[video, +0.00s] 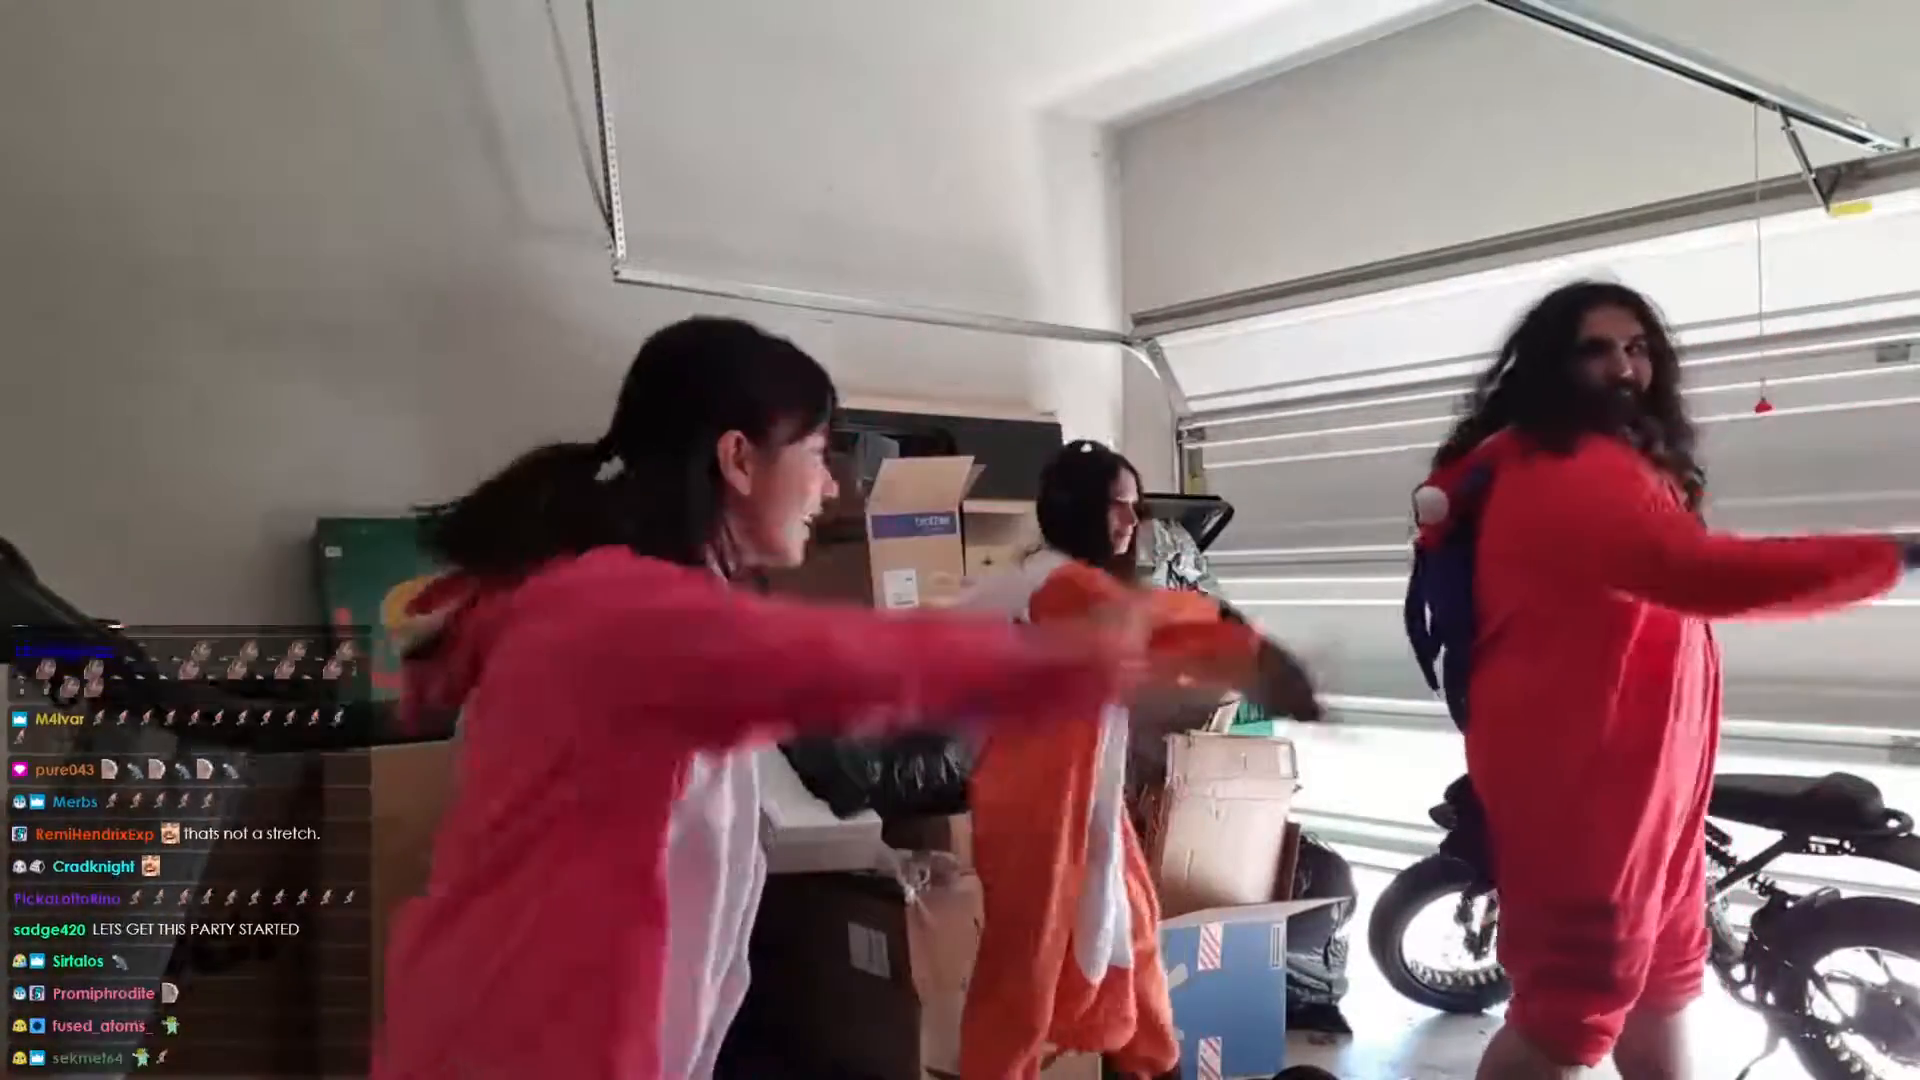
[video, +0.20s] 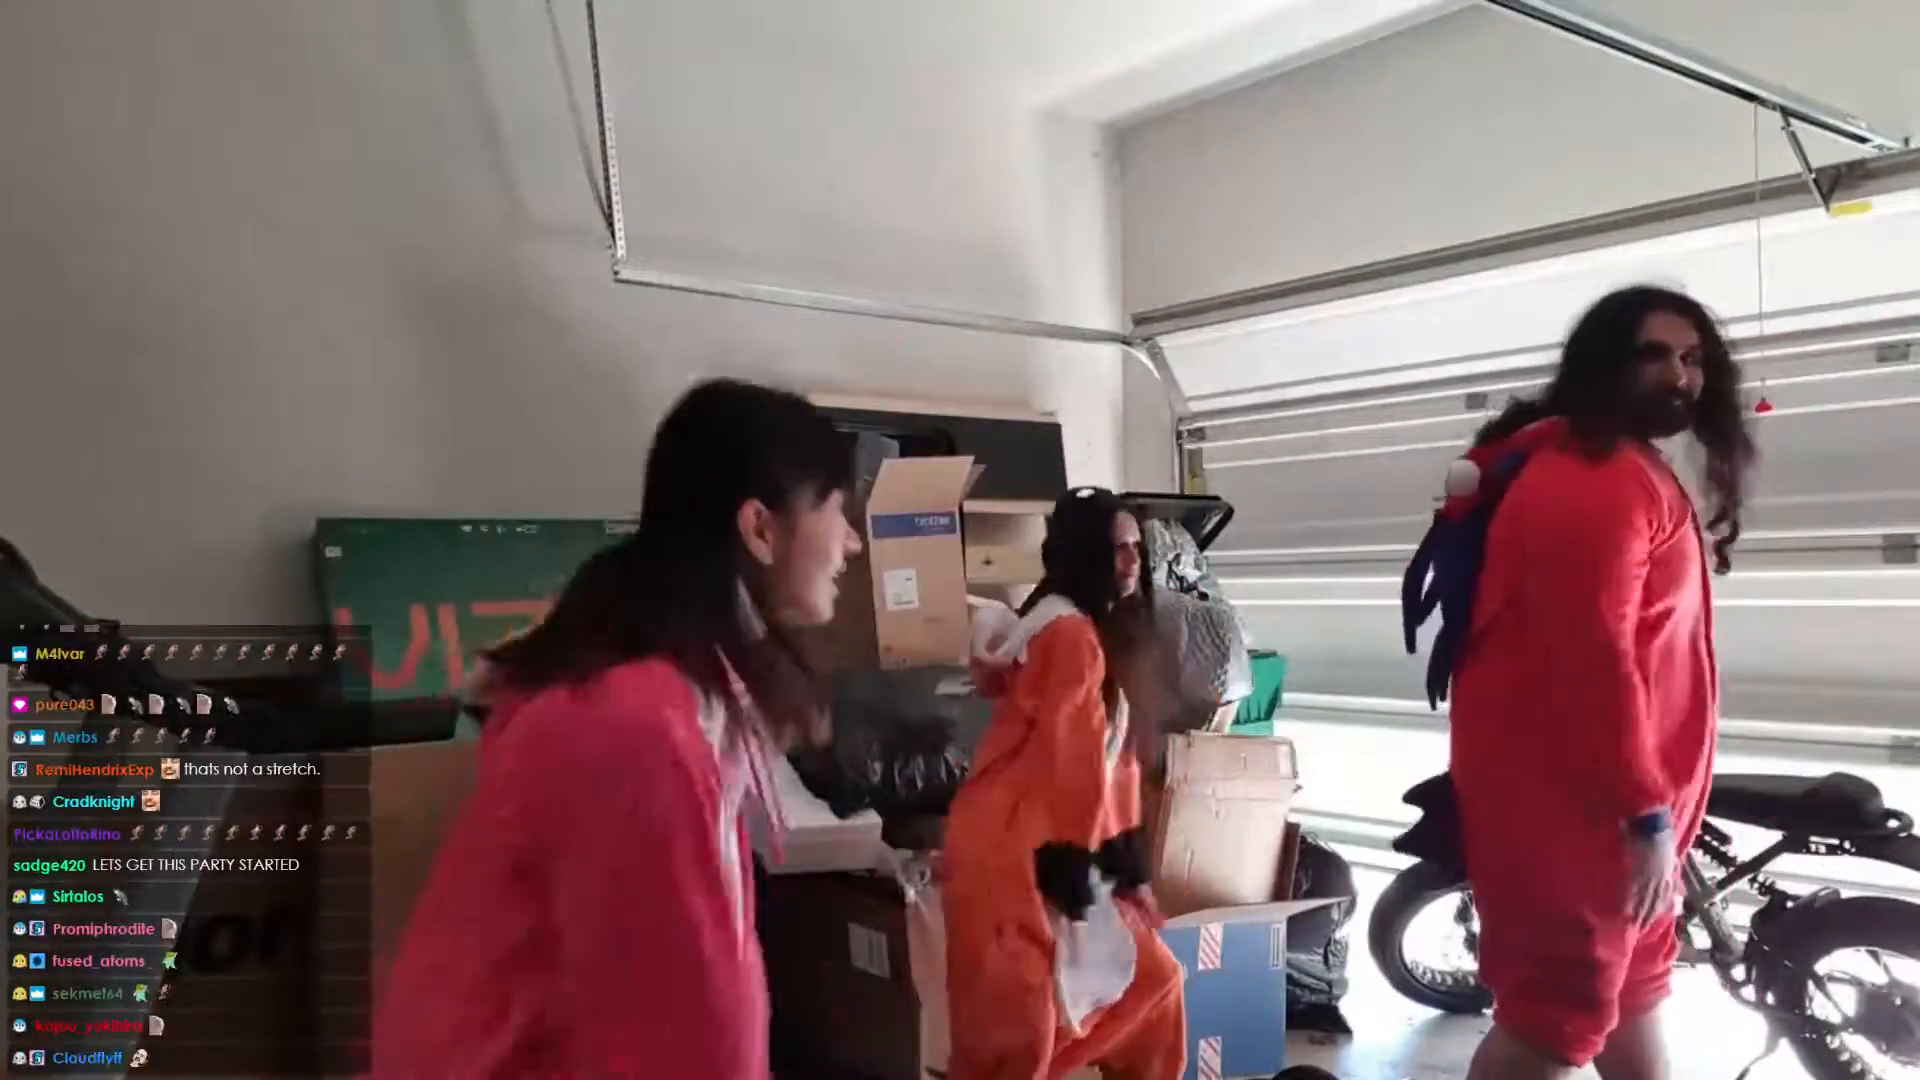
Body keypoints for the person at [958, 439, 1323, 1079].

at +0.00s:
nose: (1132, 521)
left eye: (1135, 507)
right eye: (1118, 506)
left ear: (1137, 510)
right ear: (1078, 510)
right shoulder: (1064, 585)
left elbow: (1191, 622)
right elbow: (1151, 620)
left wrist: (1257, 659)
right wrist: (1248, 651)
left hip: (1091, 804)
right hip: (1037, 806)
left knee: (1129, 927)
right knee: (1028, 959)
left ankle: (1142, 1061)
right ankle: (1002, 1068)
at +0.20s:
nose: (1133, 563)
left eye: (1136, 549)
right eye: (1119, 549)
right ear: (1084, 551)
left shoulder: (1080, 628)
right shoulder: (1068, 631)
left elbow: (1112, 752)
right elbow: (1070, 755)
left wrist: (1126, 867)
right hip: (1004, 843)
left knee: (1154, 974)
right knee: (1021, 1013)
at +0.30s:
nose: (1113, 531)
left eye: (1119, 518)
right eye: (1099, 518)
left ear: (1124, 521)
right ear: (1063, 522)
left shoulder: (1082, 599)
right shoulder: (1057, 600)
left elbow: (1153, 685)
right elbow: (1128, 698)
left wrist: (1225, 759)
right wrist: (1227, 774)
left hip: (1081, 825)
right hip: (1031, 823)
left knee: (1163, 971)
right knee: (1034, 980)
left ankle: (1155, 1073)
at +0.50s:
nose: (1105, 539)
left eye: (1109, 525)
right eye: (1090, 526)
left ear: (1111, 529)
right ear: (1053, 532)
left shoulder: (1086, 605)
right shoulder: (1043, 609)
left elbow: (1159, 571)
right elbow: (1155, 591)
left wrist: (1237, 498)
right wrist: (1241, 503)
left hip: (1143, 805)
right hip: (1084, 813)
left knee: (1197, 971)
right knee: (1067, 981)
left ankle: (1158, 1071)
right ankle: (1019, 1064)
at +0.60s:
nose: (1112, 556)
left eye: (1114, 541)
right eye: (1096, 543)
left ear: (1120, 541)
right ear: (1061, 549)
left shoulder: (1096, 621)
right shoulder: (1053, 627)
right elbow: (1150, 584)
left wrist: (1179, 471)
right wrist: (1199, 481)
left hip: (1153, 827)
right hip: (1094, 836)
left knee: (1216, 983)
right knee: (1094, 1010)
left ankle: (1167, 1074)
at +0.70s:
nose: (1110, 540)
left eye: (1114, 526)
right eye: (1096, 527)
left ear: (1117, 527)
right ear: (1057, 532)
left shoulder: (1096, 598)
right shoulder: (1052, 608)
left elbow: (1161, 552)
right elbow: (1159, 596)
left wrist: (1228, 507)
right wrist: (1265, 528)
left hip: (1138, 798)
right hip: (1083, 814)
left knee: (1193, 964)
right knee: (1094, 972)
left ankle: (1185, 1071)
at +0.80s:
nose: (1120, 518)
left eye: (1123, 507)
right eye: (1109, 505)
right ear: (1073, 509)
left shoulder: (1064, 586)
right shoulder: (1063, 586)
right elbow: (1157, 624)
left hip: (1099, 789)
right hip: (1054, 794)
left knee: (1158, 923)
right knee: (1054, 941)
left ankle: (1162, 1063)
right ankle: (1020, 1063)